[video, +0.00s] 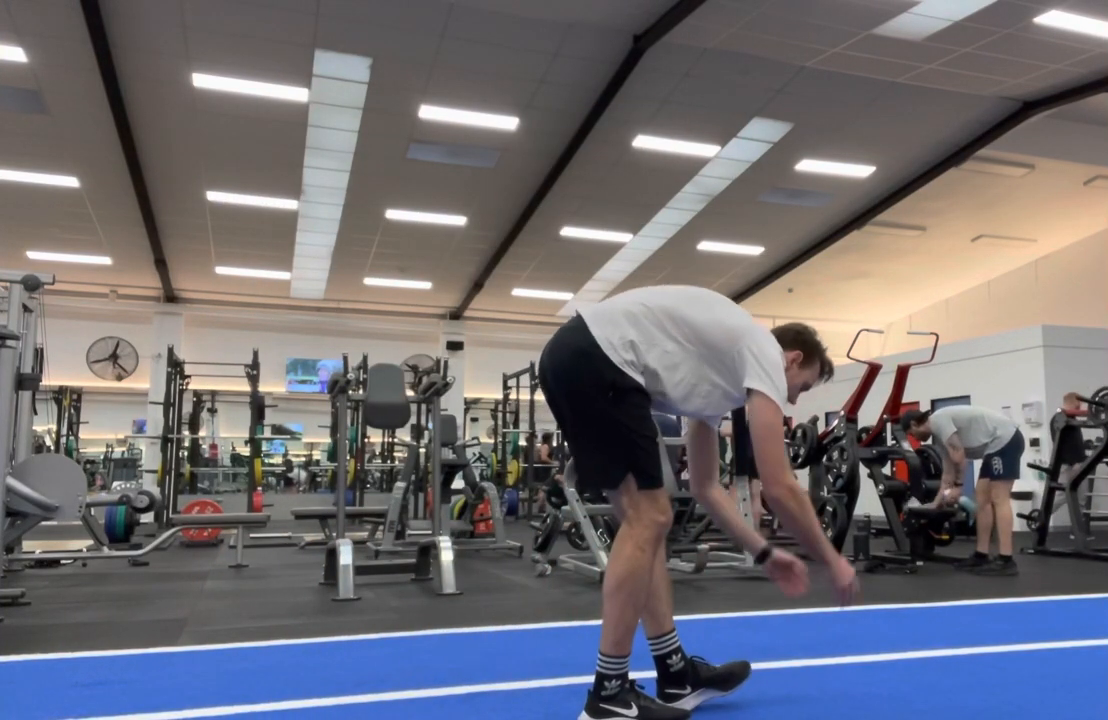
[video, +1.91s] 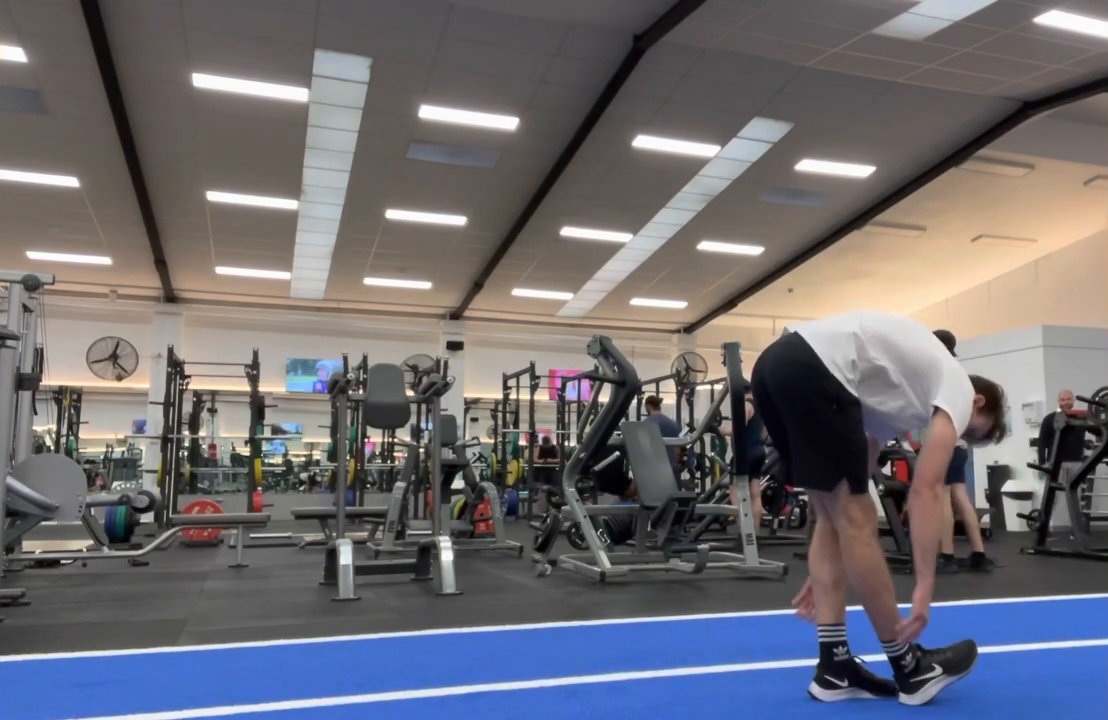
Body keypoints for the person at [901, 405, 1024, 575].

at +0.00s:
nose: (914, 438)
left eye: (911, 433)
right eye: (911, 435)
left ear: (915, 424)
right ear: (918, 423)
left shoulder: (939, 420)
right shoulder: (938, 434)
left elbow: (959, 457)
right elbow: (947, 471)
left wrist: (957, 487)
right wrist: (937, 503)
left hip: (1007, 440)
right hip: (992, 446)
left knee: (1000, 498)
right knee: (983, 497)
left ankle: (1006, 559)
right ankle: (981, 555)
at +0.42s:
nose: (915, 406)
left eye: (913, 400)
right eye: (912, 402)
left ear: (920, 392)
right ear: (923, 392)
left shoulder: (942, 397)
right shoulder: (942, 405)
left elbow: (949, 431)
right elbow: (951, 445)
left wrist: (940, 457)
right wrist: (946, 474)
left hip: (999, 441)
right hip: (985, 445)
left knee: (988, 495)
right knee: (977, 496)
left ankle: (1004, 557)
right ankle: (981, 554)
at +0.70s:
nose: (925, 377)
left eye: (925, 371)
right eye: (923, 372)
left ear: (935, 365)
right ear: (939, 365)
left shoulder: (948, 379)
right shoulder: (957, 381)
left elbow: (950, 412)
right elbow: (961, 423)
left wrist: (934, 434)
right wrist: (941, 442)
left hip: (981, 440)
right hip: (983, 441)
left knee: (969, 495)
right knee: (973, 497)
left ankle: (996, 551)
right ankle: (981, 552)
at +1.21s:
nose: (937, 357)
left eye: (939, 352)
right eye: (936, 353)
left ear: (952, 351)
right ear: (956, 352)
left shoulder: (956, 371)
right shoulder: (967, 373)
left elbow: (951, 405)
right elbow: (963, 410)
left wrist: (929, 417)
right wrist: (938, 420)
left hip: (962, 441)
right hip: (977, 441)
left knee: (947, 494)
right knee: (969, 496)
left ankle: (963, 550)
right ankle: (980, 551)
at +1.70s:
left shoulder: (947, 374)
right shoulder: (956, 374)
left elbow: (939, 407)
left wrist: (918, 405)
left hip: (943, 442)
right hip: (962, 440)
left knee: (944, 500)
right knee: (965, 498)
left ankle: (947, 554)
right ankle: (979, 551)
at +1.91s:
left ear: (935, 346)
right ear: (953, 348)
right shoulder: (957, 374)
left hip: (943, 443)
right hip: (960, 444)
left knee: (940, 495)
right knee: (961, 494)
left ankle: (946, 553)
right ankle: (979, 551)